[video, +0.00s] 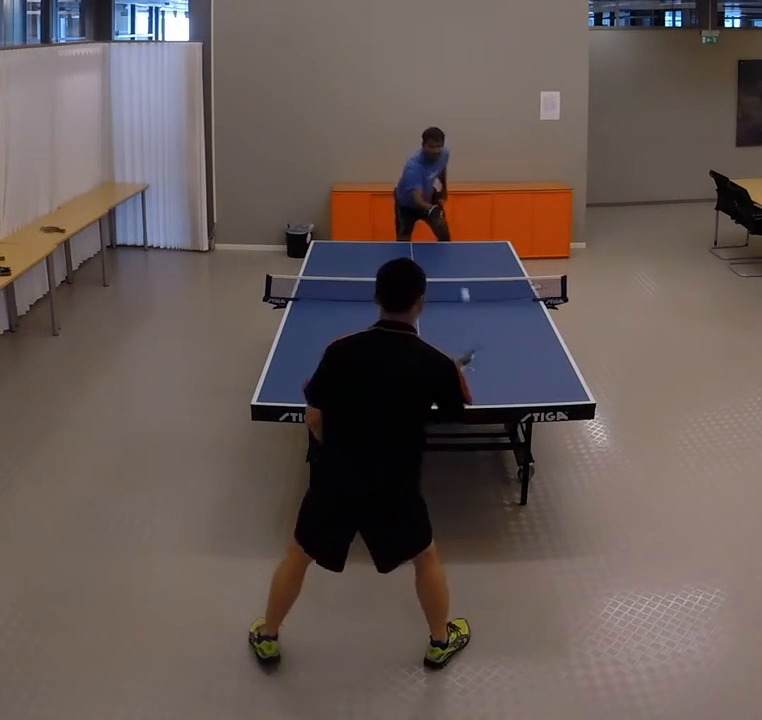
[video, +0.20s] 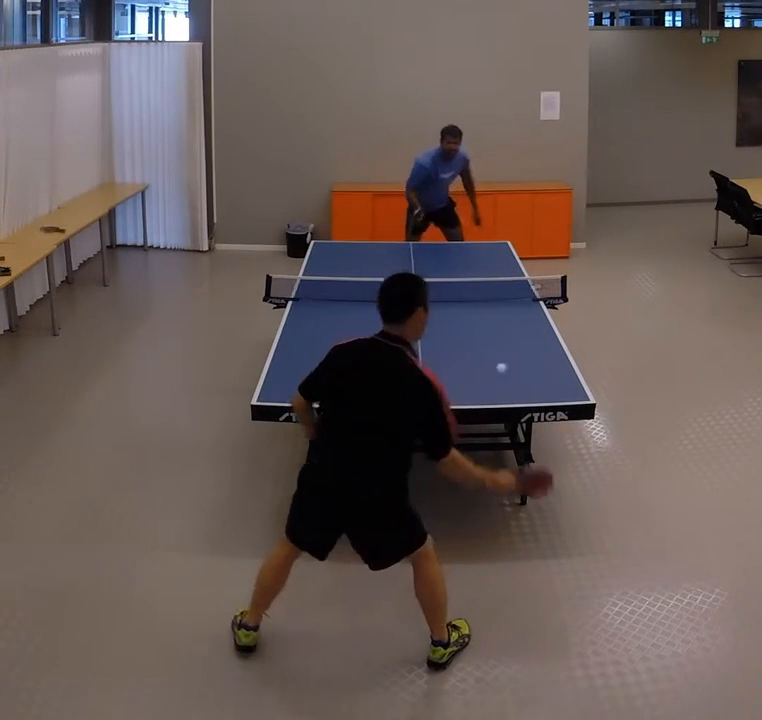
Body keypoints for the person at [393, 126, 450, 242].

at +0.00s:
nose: (435, 151)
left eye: (438, 147)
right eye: (431, 147)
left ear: (442, 146)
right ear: (423, 145)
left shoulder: (444, 155)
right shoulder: (414, 165)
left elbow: (442, 173)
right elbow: (416, 197)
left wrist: (444, 190)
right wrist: (430, 208)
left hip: (429, 199)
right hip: (407, 202)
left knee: (444, 235)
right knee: (403, 240)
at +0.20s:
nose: (452, 147)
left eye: (456, 143)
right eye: (449, 143)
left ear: (460, 144)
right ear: (441, 142)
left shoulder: (461, 160)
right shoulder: (425, 163)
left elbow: (468, 184)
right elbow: (409, 189)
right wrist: (417, 209)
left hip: (442, 207)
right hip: (420, 208)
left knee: (459, 246)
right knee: (411, 249)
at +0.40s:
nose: (453, 133)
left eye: (456, 129)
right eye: (449, 128)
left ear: (461, 130)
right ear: (442, 128)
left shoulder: (468, 150)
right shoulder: (427, 147)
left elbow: (477, 176)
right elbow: (411, 169)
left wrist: (484, 204)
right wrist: (409, 194)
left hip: (451, 203)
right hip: (425, 203)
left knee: (461, 245)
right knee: (410, 244)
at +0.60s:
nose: (436, 124)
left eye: (440, 121)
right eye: (433, 120)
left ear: (446, 120)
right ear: (427, 119)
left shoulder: (457, 140)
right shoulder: (417, 140)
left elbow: (468, 166)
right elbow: (409, 166)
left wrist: (471, 195)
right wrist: (401, 191)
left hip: (450, 195)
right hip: (424, 196)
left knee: (459, 240)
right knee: (407, 238)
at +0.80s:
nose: (421, 137)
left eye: (425, 133)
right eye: (418, 133)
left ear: (432, 132)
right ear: (413, 133)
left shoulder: (446, 147)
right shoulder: (410, 156)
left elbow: (463, 170)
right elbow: (407, 184)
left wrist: (463, 199)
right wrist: (393, 197)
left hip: (450, 198)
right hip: (426, 200)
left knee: (462, 241)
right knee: (407, 240)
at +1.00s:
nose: (439, 138)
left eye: (443, 135)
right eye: (436, 135)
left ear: (450, 134)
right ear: (432, 134)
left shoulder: (462, 149)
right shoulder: (425, 153)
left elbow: (478, 169)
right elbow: (410, 178)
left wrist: (487, 197)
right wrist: (394, 195)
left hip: (462, 200)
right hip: (436, 202)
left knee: (479, 240)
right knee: (415, 241)